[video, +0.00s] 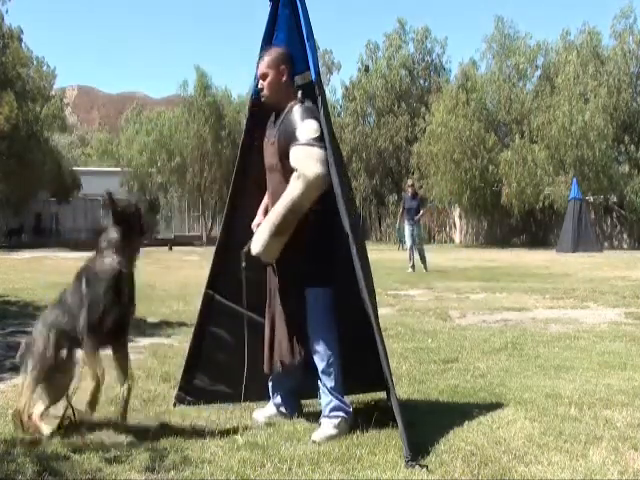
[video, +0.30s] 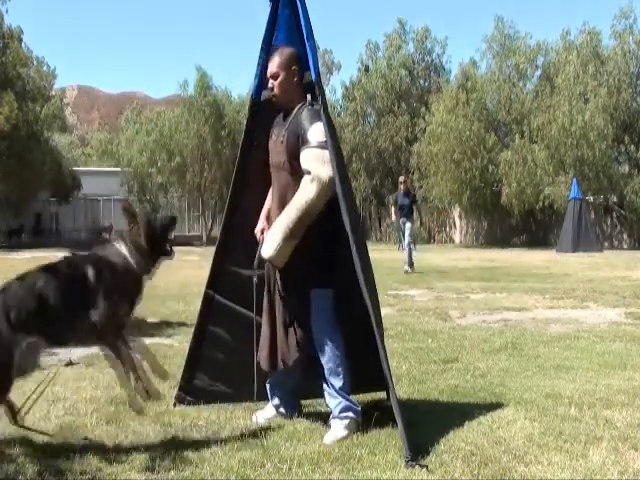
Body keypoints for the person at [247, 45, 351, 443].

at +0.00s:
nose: (259, 84)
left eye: (264, 77)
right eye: (258, 77)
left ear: (285, 75)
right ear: (271, 77)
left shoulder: (303, 115)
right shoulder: (273, 122)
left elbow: (313, 174)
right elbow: (276, 178)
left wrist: (272, 227)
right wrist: (263, 209)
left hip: (315, 234)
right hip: (283, 234)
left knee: (318, 323)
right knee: (280, 317)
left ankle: (335, 410)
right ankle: (282, 402)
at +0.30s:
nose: (269, 82)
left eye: (274, 75)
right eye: (267, 76)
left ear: (296, 76)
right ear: (274, 79)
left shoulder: (312, 119)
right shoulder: (278, 123)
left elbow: (320, 179)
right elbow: (280, 178)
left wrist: (281, 232)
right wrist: (265, 212)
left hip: (318, 234)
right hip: (283, 234)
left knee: (322, 321)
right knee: (279, 318)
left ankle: (343, 410)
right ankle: (281, 402)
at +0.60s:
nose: (275, 85)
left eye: (280, 78)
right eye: (273, 79)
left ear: (302, 78)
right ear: (277, 82)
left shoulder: (317, 122)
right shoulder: (282, 126)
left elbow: (325, 187)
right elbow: (280, 184)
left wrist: (291, 240)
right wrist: (270, 227)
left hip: (321, 236)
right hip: (288, 236)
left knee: (324, 320)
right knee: (284, 316)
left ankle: (344, 409)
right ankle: (284, 401)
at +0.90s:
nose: (277, 89)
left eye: (283, 82)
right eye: (276, 83)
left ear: (304, 82)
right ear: (283, 85)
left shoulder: (318, 126)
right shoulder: (284, 129)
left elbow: (327, 190)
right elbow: (285, 190)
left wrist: (294, 245)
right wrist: (280, 241)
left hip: (322, 239)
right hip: (289, 239)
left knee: (325, 322)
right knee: (284, 319)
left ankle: (343, 409)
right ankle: (284, 399)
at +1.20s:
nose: (281, 90)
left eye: (286, 82)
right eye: (278, 83)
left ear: (307, 83)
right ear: (281, 85)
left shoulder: (319, 126)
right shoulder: (286, 128)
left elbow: (328, 190)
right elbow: (287, 188)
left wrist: (296, 246)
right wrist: (281, 239)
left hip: (322, 238)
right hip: (290, 236)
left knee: (325, 320)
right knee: (286, 315)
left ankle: (344, 410)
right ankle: (284, 398)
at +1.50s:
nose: (283, 90)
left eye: (288, 83)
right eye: (280, 84)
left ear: (308, 83)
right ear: (282, 86)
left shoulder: (319, 126)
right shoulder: (288, 128)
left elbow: (328, 189)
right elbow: (291, 188)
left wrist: (294, 246)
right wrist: (284, 240)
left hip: (323, 239)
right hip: (293, 237)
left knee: (325, 321)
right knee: (287, 317)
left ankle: (344, 411)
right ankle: (284, 400)